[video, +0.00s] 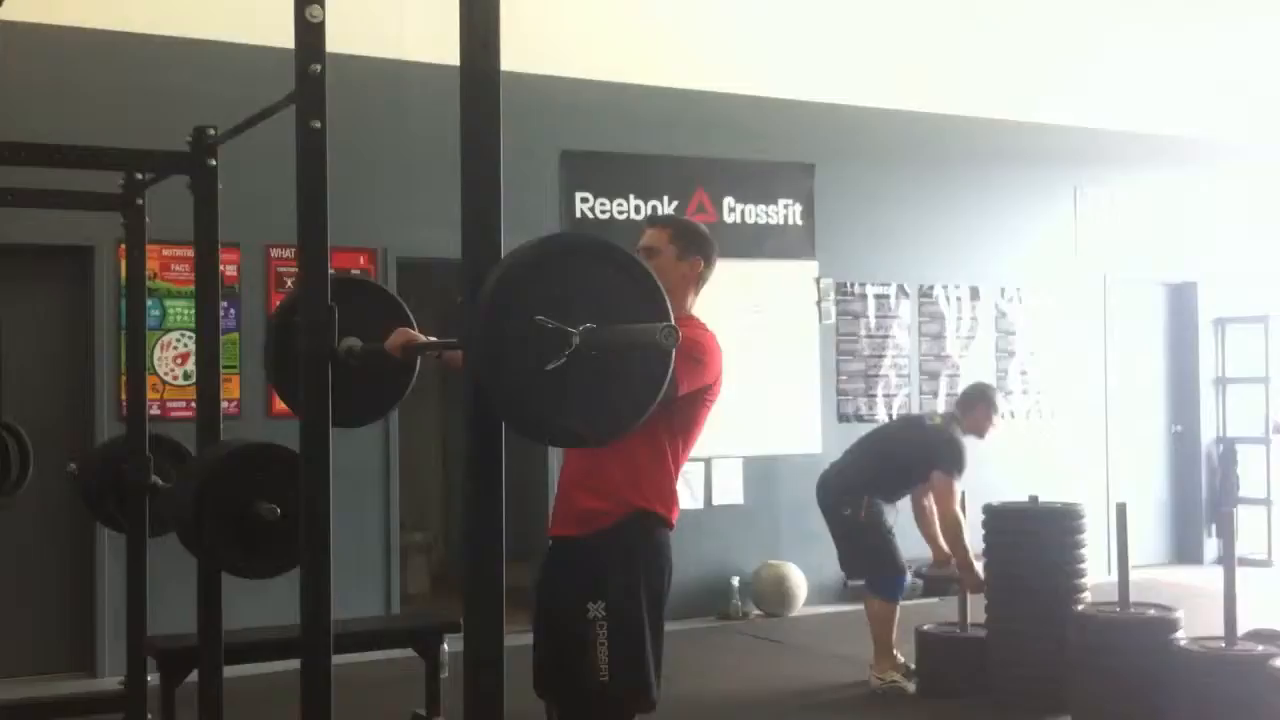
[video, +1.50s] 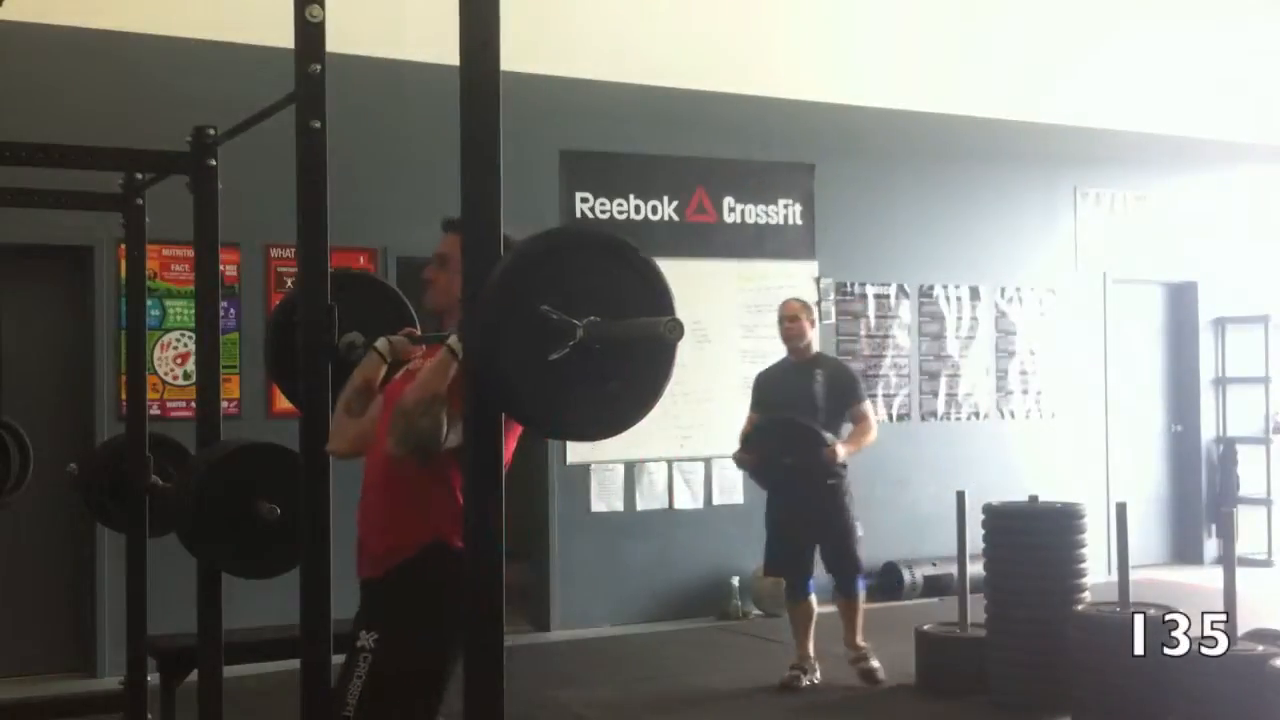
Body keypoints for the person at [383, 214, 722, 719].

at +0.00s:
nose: (635, 263)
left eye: (650, 253)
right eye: (637, 253)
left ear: (694, 269)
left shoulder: (697, 343)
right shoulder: (613, 332)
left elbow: (619, 379)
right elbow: (528, 360)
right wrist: (430, 347)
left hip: (628, 533)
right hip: (570, 531)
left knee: (616, 696)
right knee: (559, 689)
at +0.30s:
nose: (638, 263)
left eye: (653, 253)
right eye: (640, 253)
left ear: (697, 268)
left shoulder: (700, 341)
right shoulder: (618, 332)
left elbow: (628, 384)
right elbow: (533, 357)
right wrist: (436, 343)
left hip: (629, 533)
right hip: (571, 532)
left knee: (615, 699)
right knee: (560, 693)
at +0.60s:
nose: (641, 274)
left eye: (656, 265)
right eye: (642, 265)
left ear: (697, 278)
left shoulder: (697, 348)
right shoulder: (620, 337)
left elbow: (625, 381)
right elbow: (528, 356)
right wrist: (437, 345)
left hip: (617, 530)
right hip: (562, 525)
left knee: (576, 694)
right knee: (527, 686)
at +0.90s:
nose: (517, 271)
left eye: (530, 259)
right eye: (512, 258)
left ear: (560, 267)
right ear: (504, 262)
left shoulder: (579, 361)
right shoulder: (506, 356)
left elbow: (553, 468)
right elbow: (453, 430)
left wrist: (525, 371)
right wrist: (418, 380)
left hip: (551, 538)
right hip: (496, 537)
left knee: (515, 691)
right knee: (473, 684)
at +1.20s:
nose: (432, 278)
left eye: (448, 269)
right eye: (438, 267)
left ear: (482, 283)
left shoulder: (502, 369)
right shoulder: (434, 371)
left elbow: (430, 455)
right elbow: (360, 452)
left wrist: (453, 355)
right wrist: (377, 368)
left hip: (458, 587)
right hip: (414, 585)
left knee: (370, 707)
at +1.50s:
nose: (428, 273)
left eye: (444, 264)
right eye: (433, 262)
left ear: (480, 278)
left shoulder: (500, 366)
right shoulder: (426, 364)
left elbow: (412, 439)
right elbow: (342, 438)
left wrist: (459, 340)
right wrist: (377, 359)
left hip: (433, 575)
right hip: (389, 574)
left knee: (365, 707)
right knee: (372, 706)